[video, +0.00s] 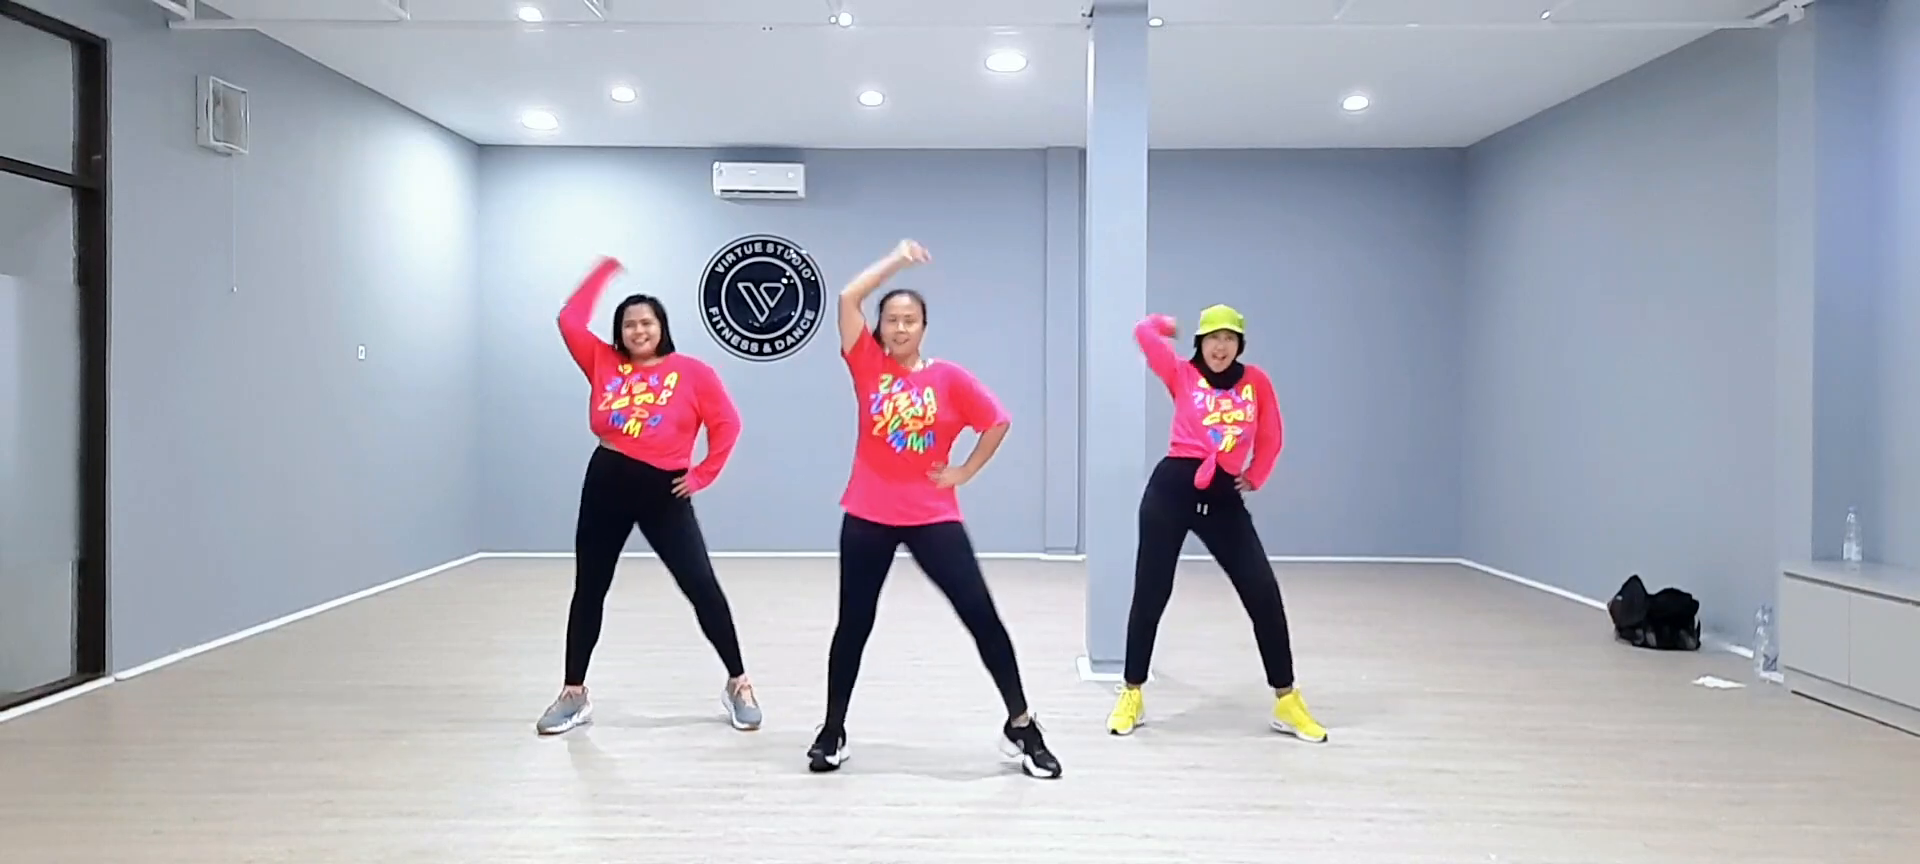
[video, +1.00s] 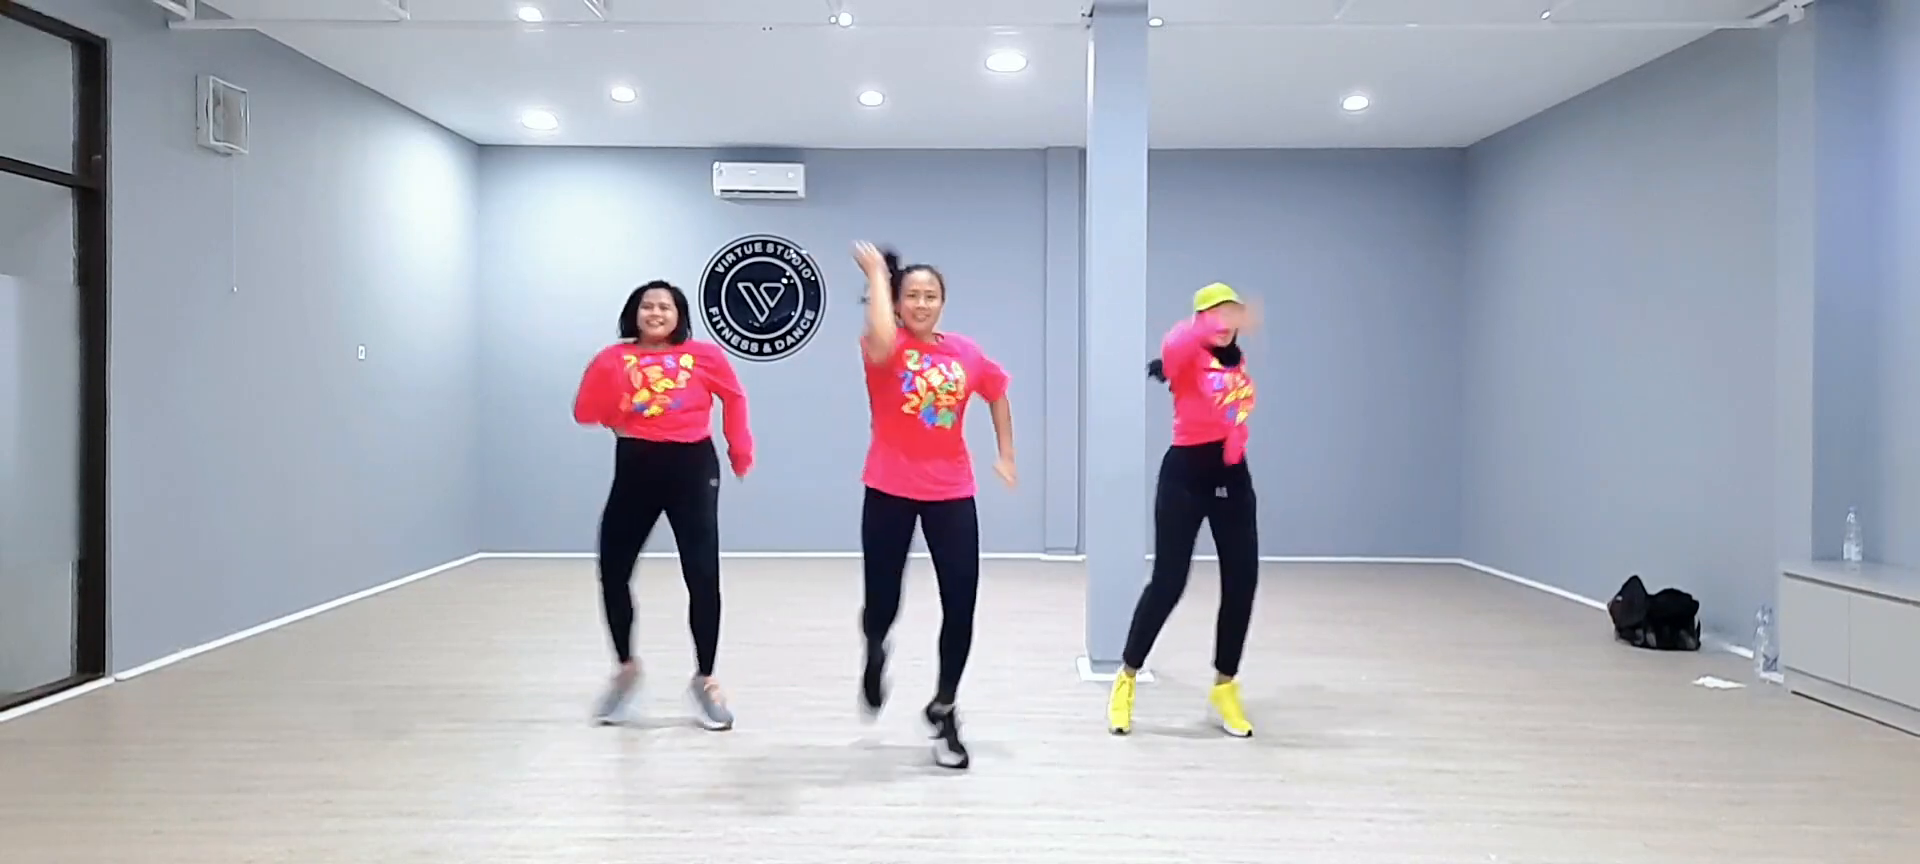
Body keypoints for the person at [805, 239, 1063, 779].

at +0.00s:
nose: (900, 327)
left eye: (910, 320)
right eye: (893, 320)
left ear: (924, 328)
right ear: (880, 328)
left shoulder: (947, 378)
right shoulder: (869, 367)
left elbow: (998, 423)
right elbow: (849, 299)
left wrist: (963, 472)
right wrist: (895, 259)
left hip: (932, 515)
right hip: (868, 513)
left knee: (982, 617)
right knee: (853, 623)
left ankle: (1020, 723)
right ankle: (832, 729)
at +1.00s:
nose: (922, 304)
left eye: (931, 296)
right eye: (913, 296)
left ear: (943, 303)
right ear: (897, 302)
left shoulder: (964, 352)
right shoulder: (882, 348)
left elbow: (998, 393)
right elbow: (881, 334)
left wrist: (1006, 454)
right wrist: (877, 273)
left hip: (950, 492)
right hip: (889, 489)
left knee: (960, 604)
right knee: (881, 602)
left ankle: (943, 705)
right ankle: (874, 658)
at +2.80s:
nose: (936, 321)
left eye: (945, 314)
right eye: (928, 314)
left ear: (961, 327)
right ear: (914, 325)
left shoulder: (977, 381)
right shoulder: (896, 361)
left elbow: (1032, 420)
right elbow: (844, 307)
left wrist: (987, 461)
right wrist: (803, 261)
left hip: (960, 527)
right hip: (903, 522)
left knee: (955, 636)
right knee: (874, 625)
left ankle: (992, 746)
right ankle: (934, 645)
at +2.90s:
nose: (934, 320)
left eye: (944, 315)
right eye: (926, 314)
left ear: (959, 328)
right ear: (913, 324)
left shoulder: (974, 384)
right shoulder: (893, 358)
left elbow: (1024, 428)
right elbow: (844, 305)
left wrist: (978, 467)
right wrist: (799, 258)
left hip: (952, 523)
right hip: (892, 514)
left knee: (956, 634)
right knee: (850, 613)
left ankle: (993, 744)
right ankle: (886, 670)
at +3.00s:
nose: (913, 304)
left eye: (923, 298)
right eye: (905, 297)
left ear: (940, 311)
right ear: (894, 307)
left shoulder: (959, 365)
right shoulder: (877, 342)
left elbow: (1006, 410)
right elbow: (841, 282)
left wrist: (964, 454)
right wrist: (806, 225)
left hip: (931, 500)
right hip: (871, 491)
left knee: (948, 615)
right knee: (828, 599)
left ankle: (980, 734)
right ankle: (818, 705)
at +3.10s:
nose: (885, 309)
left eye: (895, 300)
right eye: (878, 302)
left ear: (913, 311)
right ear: (867, 312)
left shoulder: (935, 364)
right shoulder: (856, 347)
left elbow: (980, 409)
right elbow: (841, 285)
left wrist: (940, 460)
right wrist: (843, 218)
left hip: (903, 502)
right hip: (844, 494)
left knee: (942, 610)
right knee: (812, 608)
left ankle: (944, 738)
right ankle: (781, 720)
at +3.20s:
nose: (859, 328)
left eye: (870, 321)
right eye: (853, 321)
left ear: (891, 333)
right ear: (845, 332)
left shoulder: (914, 387)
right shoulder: (834, 370)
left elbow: (955, 437)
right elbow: (833, 305)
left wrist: (914, 486)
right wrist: (876, 252)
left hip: (879, 527)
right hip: (817, 516)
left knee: (938, 611)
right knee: (793, 626)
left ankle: (943, 739)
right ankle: (780, 728)